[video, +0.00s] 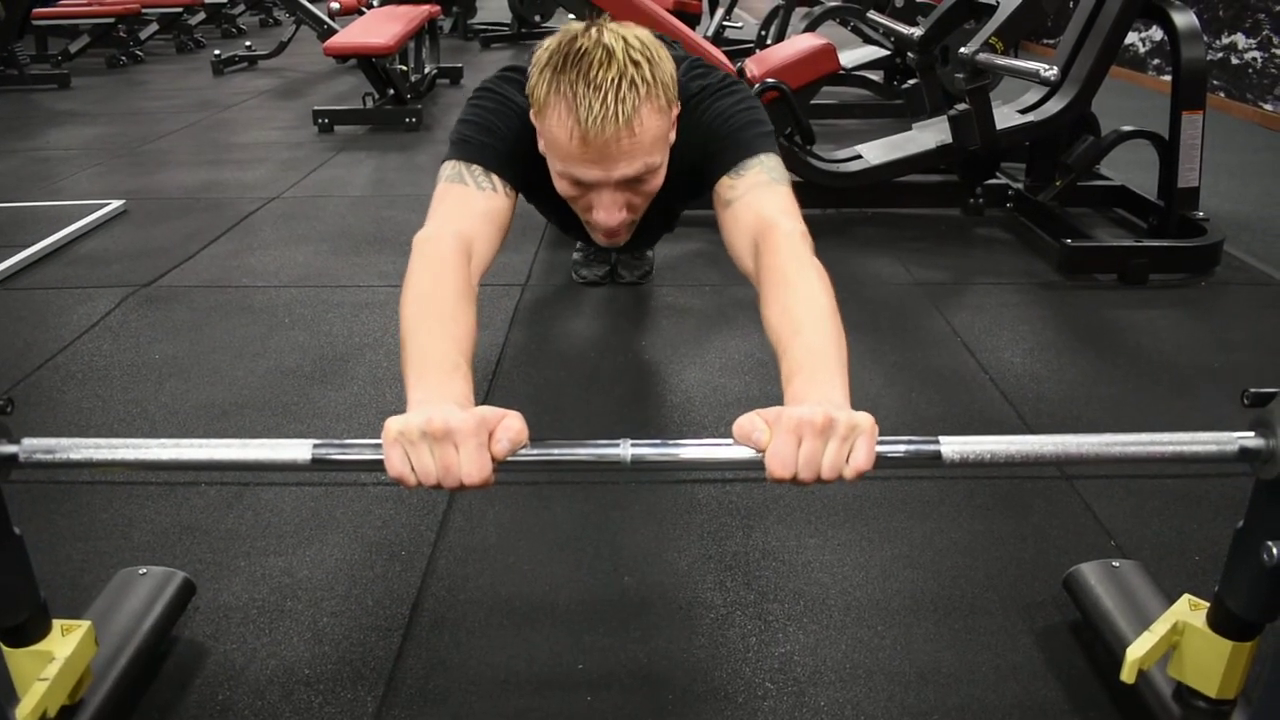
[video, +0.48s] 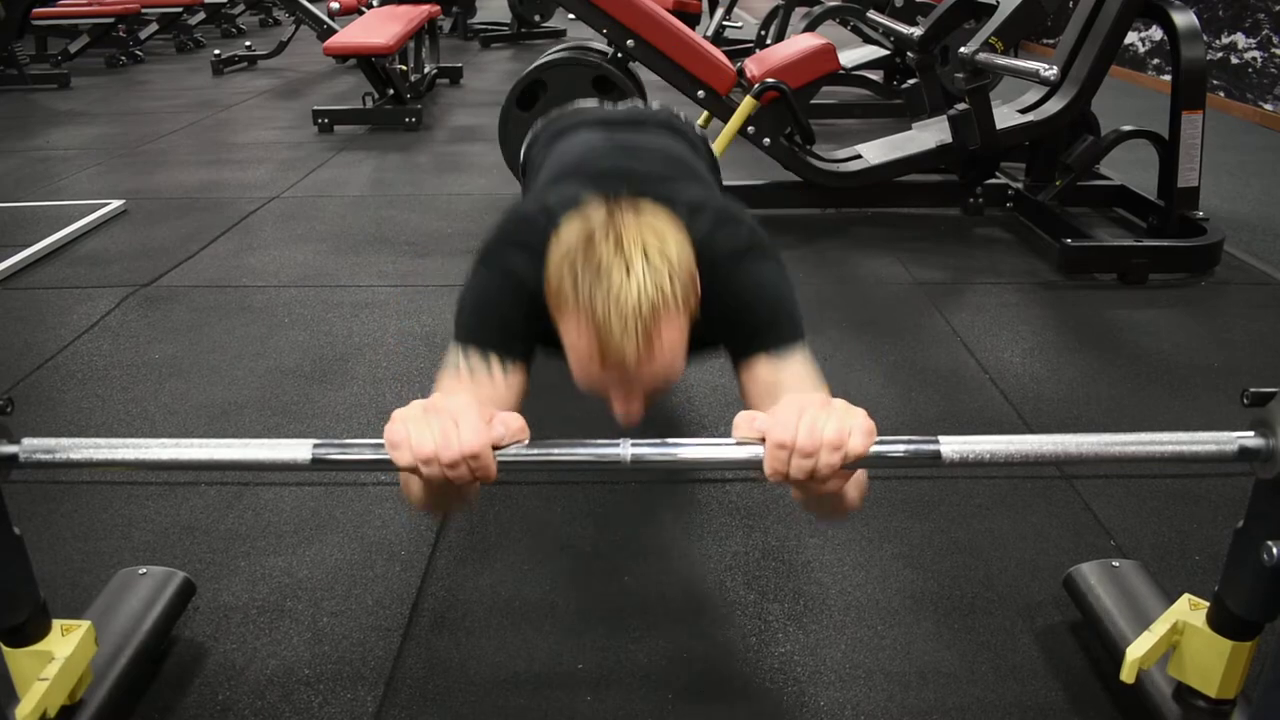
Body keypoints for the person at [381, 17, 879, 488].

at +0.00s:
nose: (610, 209)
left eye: (635, 182)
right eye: (581, 185)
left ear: (672, 127)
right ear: (540, 136)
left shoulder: (719, 106)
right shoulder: (505, 108)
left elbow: (778, 244)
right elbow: (447, 248)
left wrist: (819, 404)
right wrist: (439, 408)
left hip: (667, 201)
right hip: (561, 202)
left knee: (643, 235)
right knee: (585, 234)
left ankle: (633, 255)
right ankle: (595, 252)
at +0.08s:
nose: (614, 223)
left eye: (637, 194)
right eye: (582, 198)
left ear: (674, 138)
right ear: (542, 149)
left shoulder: (720, 115)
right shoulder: (505, 119)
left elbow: (797, 259)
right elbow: (443, 262)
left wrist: (821, 406)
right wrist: (441, 410)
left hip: (669, 203)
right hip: (568, 204)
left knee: (639, 245)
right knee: (586, 240)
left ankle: (634, 258)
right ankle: (595, 254)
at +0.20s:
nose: (617, 262)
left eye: (642, 230)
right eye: (586, 232)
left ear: (677, 165)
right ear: (546, 169)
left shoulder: (727, 141)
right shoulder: (507, 141)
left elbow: (816, 298)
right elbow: (433, 296)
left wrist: (822, 408)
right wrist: (438, 409)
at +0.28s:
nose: (620, 298)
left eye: (647, 268)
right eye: (592, 270)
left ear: (682, 195)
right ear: (551, 204)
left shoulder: (736, 176)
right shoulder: (509, 172)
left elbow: (811, 333)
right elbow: (435, 328)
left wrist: (822, 407)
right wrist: (440, 411)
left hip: (669, 84)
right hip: (546, 83)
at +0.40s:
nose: (624, 365)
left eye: (650, 337)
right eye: (598, 339)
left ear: (687, 262)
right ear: (555, 271)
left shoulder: (734, 219)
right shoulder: (511, 223)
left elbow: (816, 394)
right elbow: (434, 396)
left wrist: (816, 426)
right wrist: (439, 422)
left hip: (673, 112)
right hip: (557, 110)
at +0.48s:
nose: (627, 409)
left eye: (651, 380)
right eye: (600, 382)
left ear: (691, 300)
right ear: (558, 318)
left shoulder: (739, 258)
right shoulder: (516, 256)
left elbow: (837, 501)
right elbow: (433, 498)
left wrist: (818, 458)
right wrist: (443, 452)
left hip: (674, 132)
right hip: (556, 133)